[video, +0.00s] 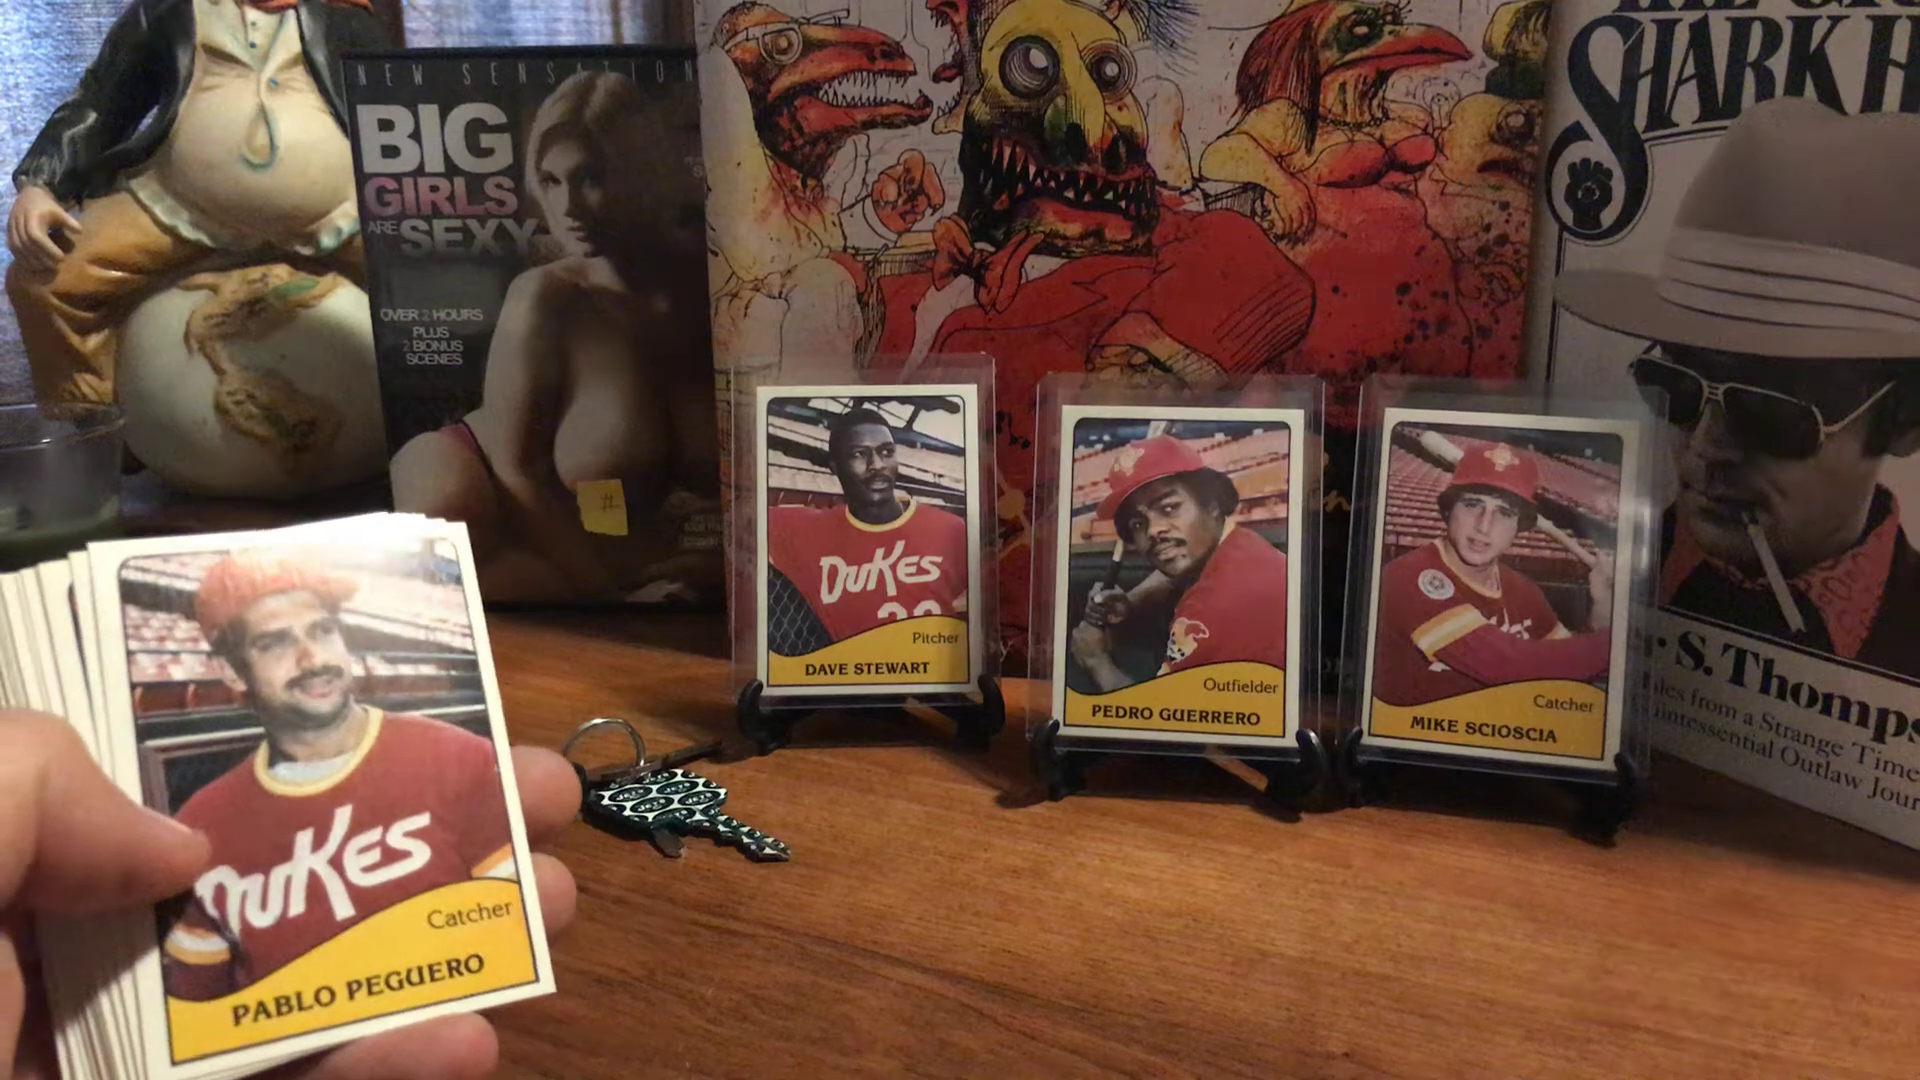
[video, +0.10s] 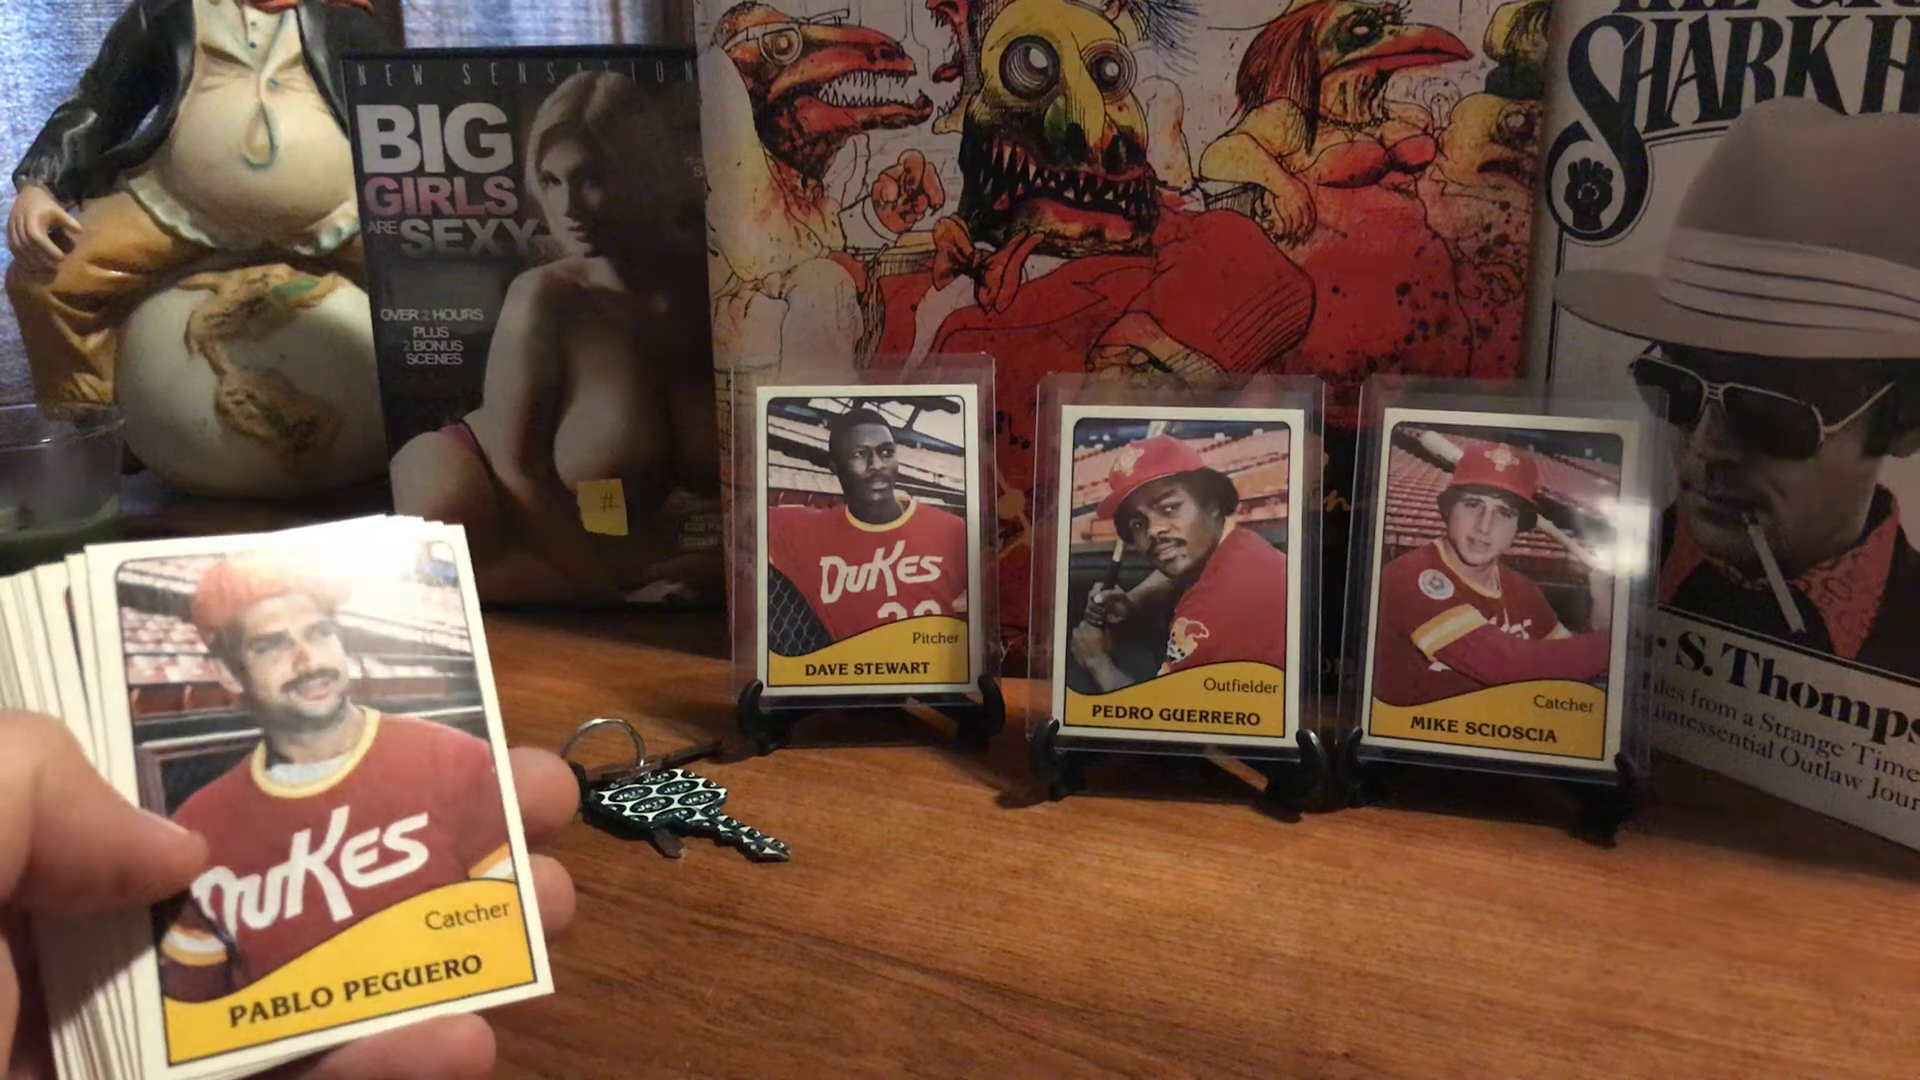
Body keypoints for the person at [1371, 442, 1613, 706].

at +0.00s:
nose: (1484, 525)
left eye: (1504, 513)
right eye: (1473, 504)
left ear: (1519, 528)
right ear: (1449, 509)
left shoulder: (1522, 592)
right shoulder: (1411, 578)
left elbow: (1575, 669)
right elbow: (1502, 663)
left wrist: (1602, 604)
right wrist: (1620, 641)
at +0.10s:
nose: (1484, 525)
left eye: (1504, 513)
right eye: (1473, 505)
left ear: (1518, 527)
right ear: (1448, 508)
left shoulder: (1521, 591)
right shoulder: (1411, 578)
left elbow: (1577, 668)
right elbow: (1503, 664)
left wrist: (1601, 592)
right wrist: (1620, 642)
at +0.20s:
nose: (1484, 525)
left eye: (1503, 513)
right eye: (1473, 505)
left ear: (1518, 527)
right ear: (1448, 508)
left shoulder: (1522, 591)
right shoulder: (1411, 578)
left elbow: (1568, 662)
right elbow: (1503, 664)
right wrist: (1624, 640)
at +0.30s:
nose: (1484, 525)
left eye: (1504, 513)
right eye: (1473, 504)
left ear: (1518, 527)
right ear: (1448, 508)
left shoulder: (1522, 590)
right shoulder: (1411, 578)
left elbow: (1568, 661)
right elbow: (1502, 664)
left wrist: (1630, 634)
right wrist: (1625, 642)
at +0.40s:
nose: (1483, 525)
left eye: (1503, 513)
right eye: (1473, 505)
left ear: (1518, 526)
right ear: (1448, 508)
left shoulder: (1522, 590)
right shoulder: (1411, 577)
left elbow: (1569, 661)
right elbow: (1501, 663)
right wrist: (1620, 643)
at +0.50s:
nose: (1484, 525)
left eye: (1503, 512)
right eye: (1473, 505)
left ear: (1518, 526)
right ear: (1448, 509)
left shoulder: (1523, 591)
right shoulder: (1411, 578)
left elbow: (1570, 662)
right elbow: (1503, 664)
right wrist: (1621, 641)